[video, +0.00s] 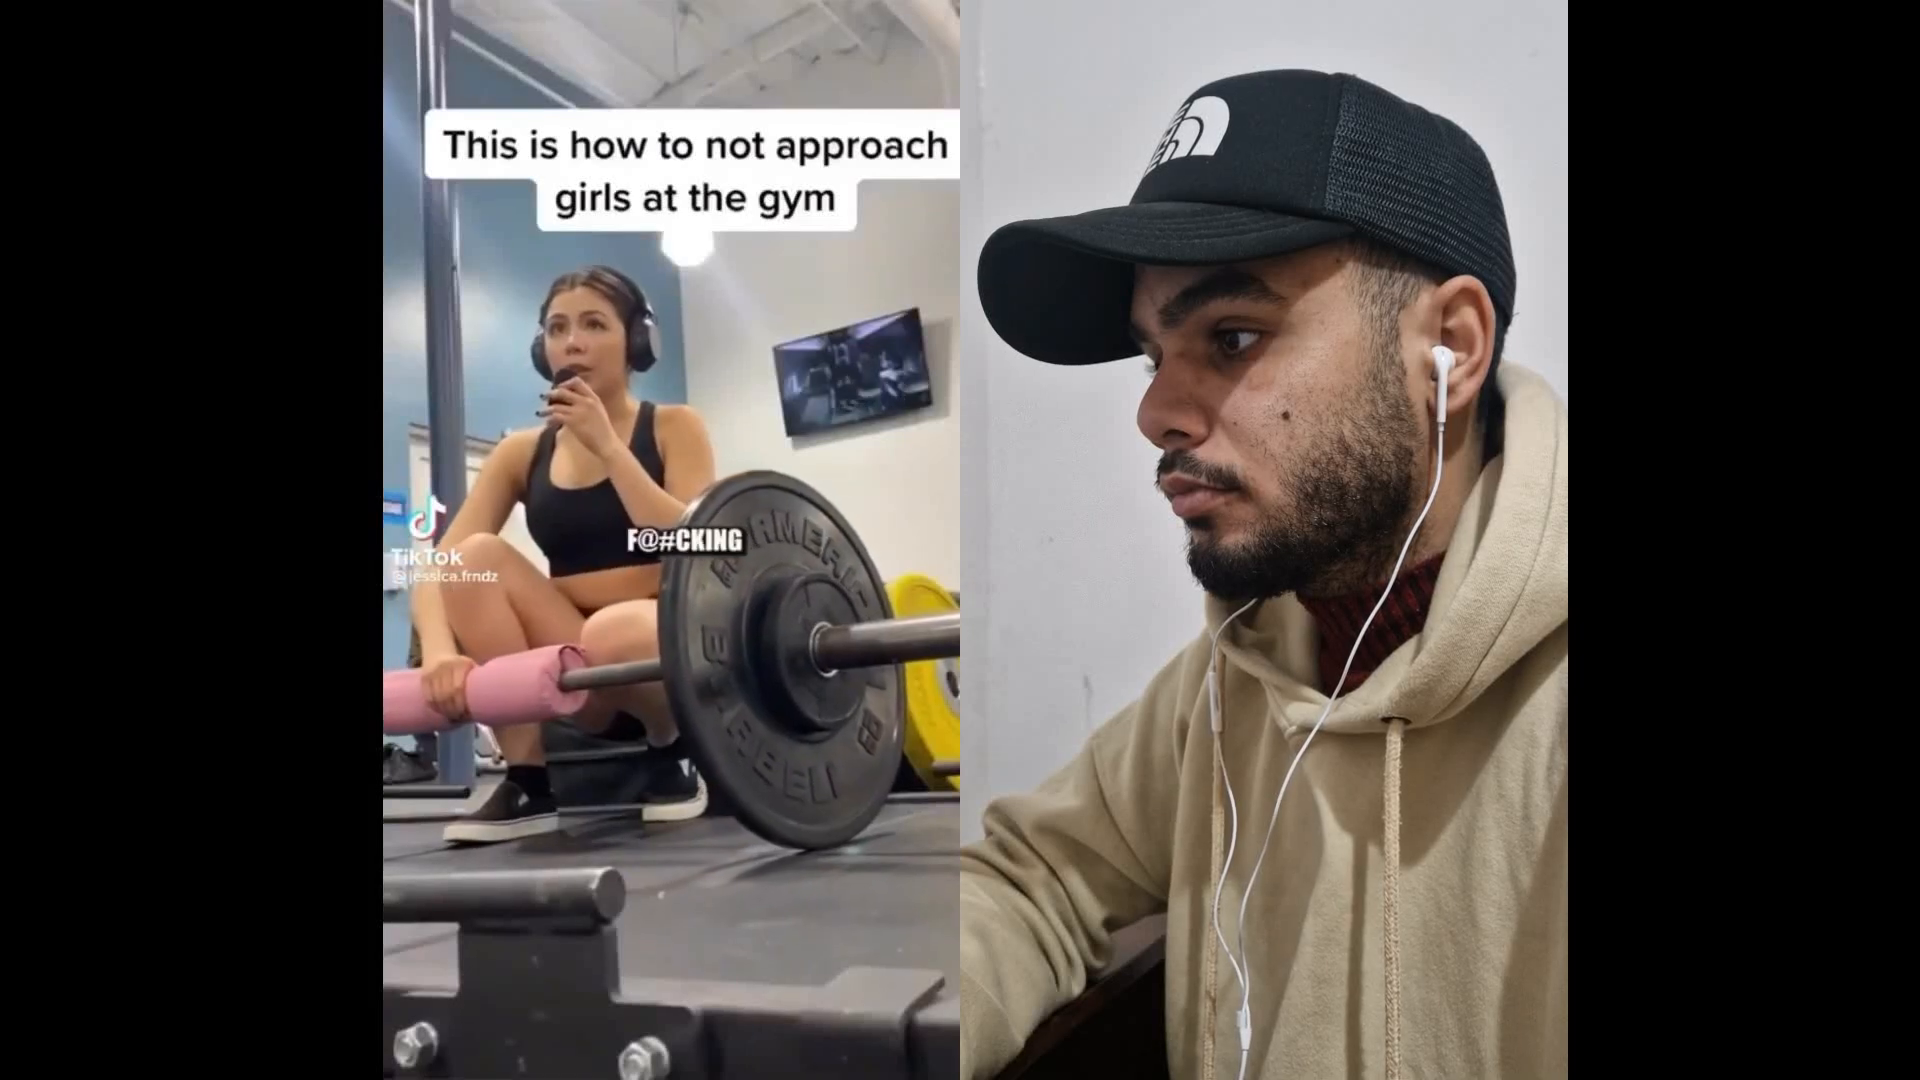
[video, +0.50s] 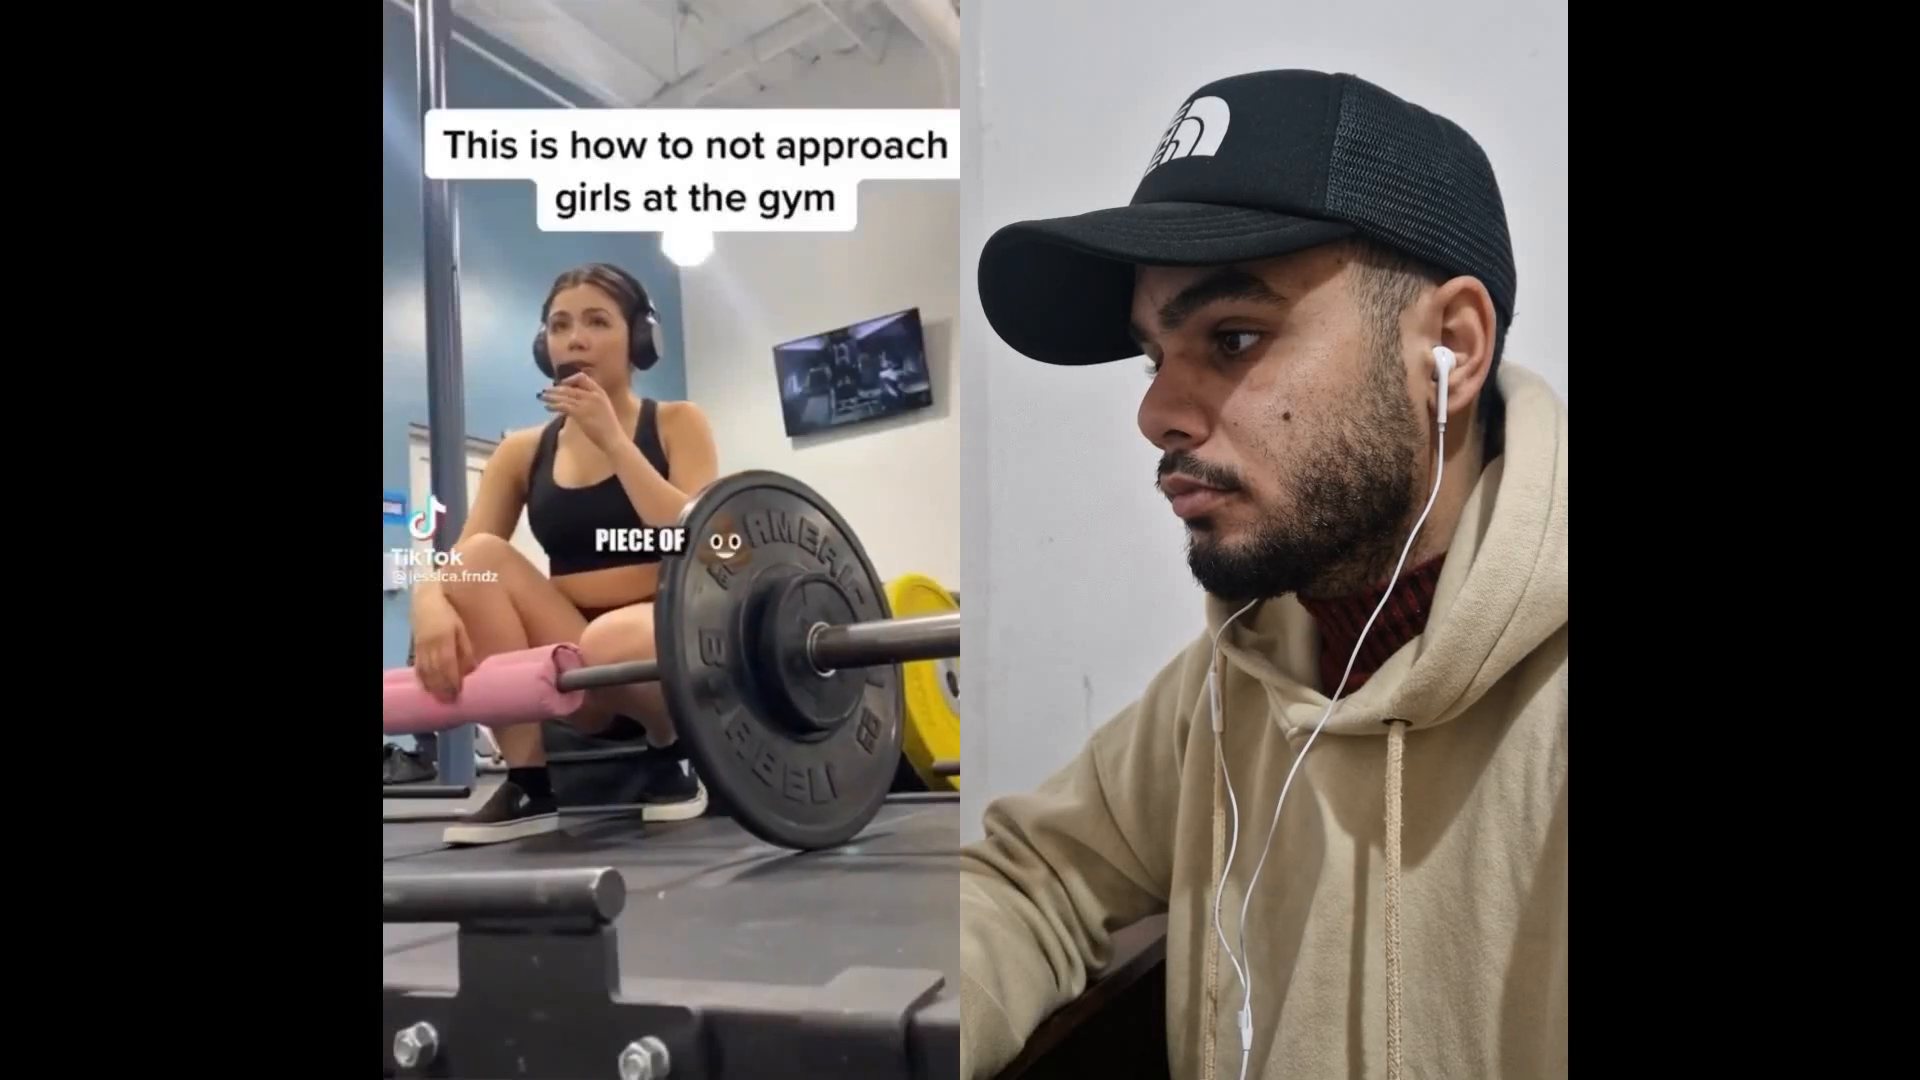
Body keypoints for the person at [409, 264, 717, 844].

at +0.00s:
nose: (572, 342)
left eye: (593, 324)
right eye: (557, 327)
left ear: (632, 342)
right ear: (544, 348)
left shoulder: (675, 429)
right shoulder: (522, 452)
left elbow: (692, 539)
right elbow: (439, 569)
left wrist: (608, 447)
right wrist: (439, 652)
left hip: (671, 641)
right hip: (570, 649)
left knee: (612, 633)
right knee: (472, 559)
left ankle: (667, 748)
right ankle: (526, 780)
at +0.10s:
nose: (573, 341)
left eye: (594, 323)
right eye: (558, 326)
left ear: (634, 342)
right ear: (545, 346)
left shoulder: (675, 429)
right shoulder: (522, 450)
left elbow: (692, 540)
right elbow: (440, 566)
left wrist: (608, 447)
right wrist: (439, 657)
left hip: (671, 643)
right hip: (571, 649)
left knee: (612, 633)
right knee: (471, 558)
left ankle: (668, 748)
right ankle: (527, 781)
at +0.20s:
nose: (574, 341)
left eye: (596, 323)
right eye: (560, 325)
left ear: (634, 341)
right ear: (546, 345)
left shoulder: (677, 429)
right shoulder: (522, 449)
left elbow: (693, 540)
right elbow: (440, 566)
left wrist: (610, 445)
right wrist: (439, 658)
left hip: (668, 640)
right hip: (570, 648)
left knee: (613, 635)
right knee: (471, 558)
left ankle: (667, 750)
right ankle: (527, 782)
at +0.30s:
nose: (575, 341)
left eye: (597, 323)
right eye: (561, 326)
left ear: (635, 339)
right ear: (546, 344)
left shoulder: (677, 429)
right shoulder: (523, 449)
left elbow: (696, 541)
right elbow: (441, 568)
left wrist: (612, 445)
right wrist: (438, 659)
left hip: (668, 638)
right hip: (570, 645)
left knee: (616, 637)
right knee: (473, 558)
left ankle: (668, 750)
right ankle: (527, 782)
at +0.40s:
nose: (576, 340)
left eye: (597, 323)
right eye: (562, 326)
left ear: (636, 340)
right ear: (547, 345)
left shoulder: (678, 428)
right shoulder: (524, 451)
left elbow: (695, 540)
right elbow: (445, 568)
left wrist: (612, 444)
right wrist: (435, 654)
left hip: (670, 643)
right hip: (572, 649)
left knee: (615, 637)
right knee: (474, 559)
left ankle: (667, 751)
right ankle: (527, 782)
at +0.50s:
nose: (575, 338)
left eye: (596, 321)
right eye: (560, 323)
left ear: (635, 340)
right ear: (546, 344)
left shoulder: (677, 425)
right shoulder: (523, 451)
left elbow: (700, 537)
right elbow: (469, 560)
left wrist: (614, 442)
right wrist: (426, 593)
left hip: (669, 640)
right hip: (571, 647)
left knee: (615, 638)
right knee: (478, 561)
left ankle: (666, 752)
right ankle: (527, 782)